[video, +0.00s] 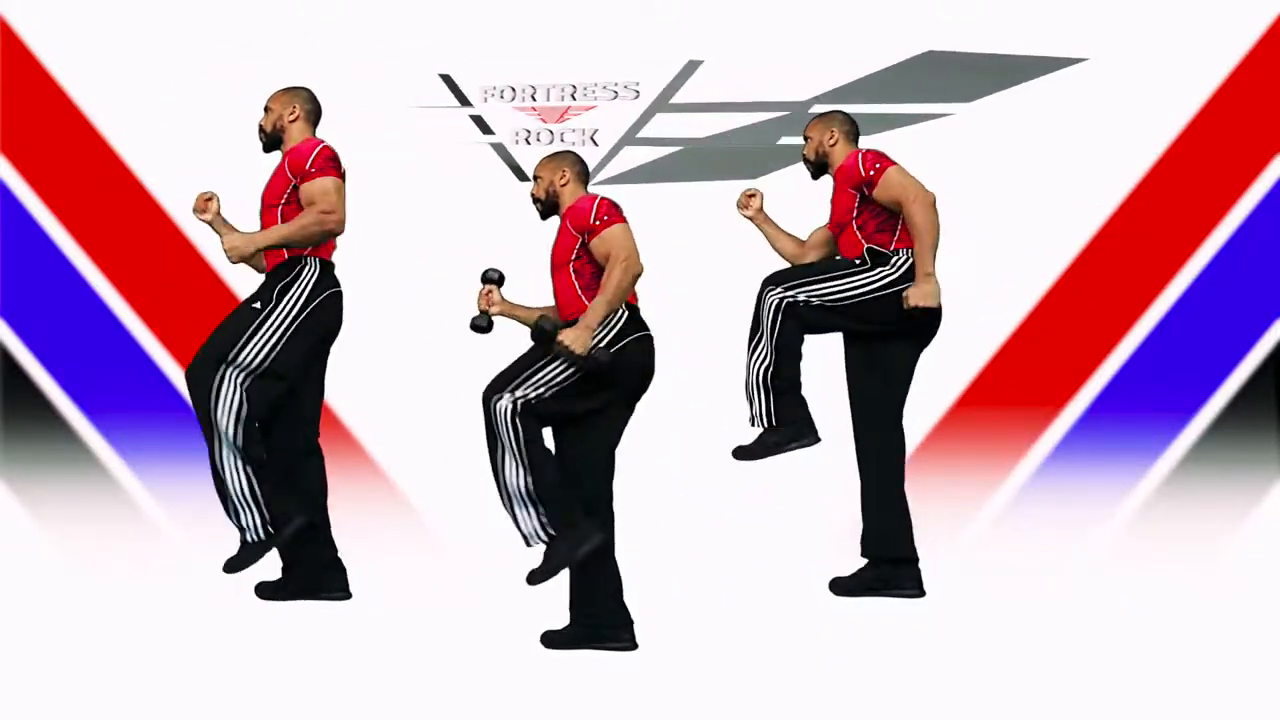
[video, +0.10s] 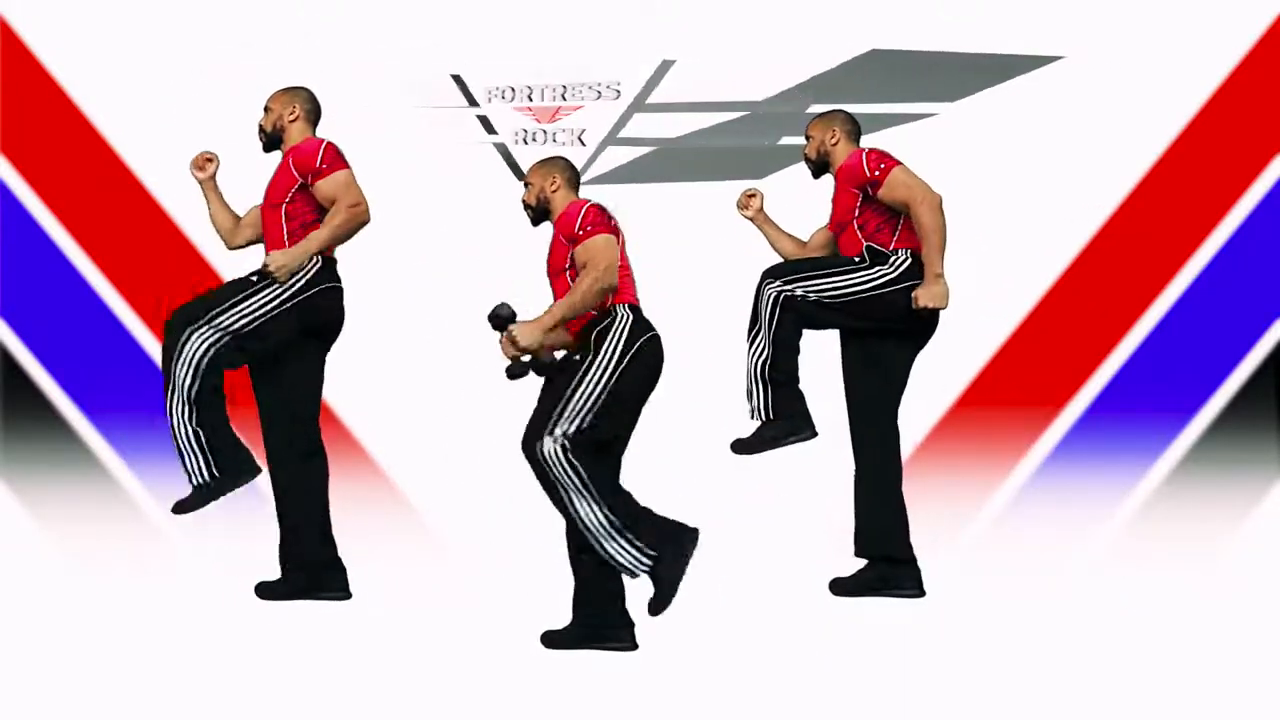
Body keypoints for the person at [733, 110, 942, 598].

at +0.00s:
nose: (803, 149)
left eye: (808, 138)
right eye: (803, 141)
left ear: (832, 135)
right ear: (836, 138)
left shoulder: (859, 162)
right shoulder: (850, 200)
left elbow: (919, 200)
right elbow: (805, 254)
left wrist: (926, 276)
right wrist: (760, 218)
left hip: (890, 274)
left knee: (779, 291)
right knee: (877, 434)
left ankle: (784, 421)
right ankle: (892, 565)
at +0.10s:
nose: (804, 148)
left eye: (809, 137)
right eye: (805, 140)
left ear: (834, 135)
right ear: (838, 138)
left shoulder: (863, 161)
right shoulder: (850, 199)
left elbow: (925, 200)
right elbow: (806, 254)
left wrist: (934, 276)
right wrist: (761, 219)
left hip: (893, 274)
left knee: (777, 285)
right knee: (873, 431)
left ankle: (782, 414)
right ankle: (891, 564)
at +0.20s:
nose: (804, 148)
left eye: (809, 138)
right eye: (805, 140)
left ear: (833, 136)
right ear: (838, 138)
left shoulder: (861, 163)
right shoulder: (850, 198)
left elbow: (925, 201)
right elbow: (807, 255)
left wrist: (934, 279)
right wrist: (760, 219)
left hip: (893, 277)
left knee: (777, 295)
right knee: (872, 431)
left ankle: (788, 426)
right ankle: (891, 565)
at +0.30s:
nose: (803, 149)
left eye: (807, 138)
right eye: (803, 142)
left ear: (831, 136)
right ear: (837, 138)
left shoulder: (860, 164)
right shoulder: (850, 200)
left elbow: (924, 201)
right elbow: (804, 256)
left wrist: (936, 279)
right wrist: (759, 216)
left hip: (894, 276)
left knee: (777, 300)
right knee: (872, 434)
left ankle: (791, 429)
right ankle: (891, 565)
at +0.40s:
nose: (802, 149)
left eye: (806, 139)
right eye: (802, 142)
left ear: (831, 136)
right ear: (835, 139)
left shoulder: (860, 164)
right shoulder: (850, 199)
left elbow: (924, 201)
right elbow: (804, 257)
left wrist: (939, 278)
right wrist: (758, 216)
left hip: (894, 276)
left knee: (776, 298)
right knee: (872, 436)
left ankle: (785, 428)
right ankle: (891, 565)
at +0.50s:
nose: (801, 152)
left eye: (806, 141)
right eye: (802, 144)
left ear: (830, 137)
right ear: (835, 140)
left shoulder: (859, 165)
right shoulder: (848, 199)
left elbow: (924, 201)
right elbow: (806, 257)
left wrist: (937, 276)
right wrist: (759, 220)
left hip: (893, 276)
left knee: (774, 296)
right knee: (871, 438)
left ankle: (776, 425)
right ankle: (891, 567)